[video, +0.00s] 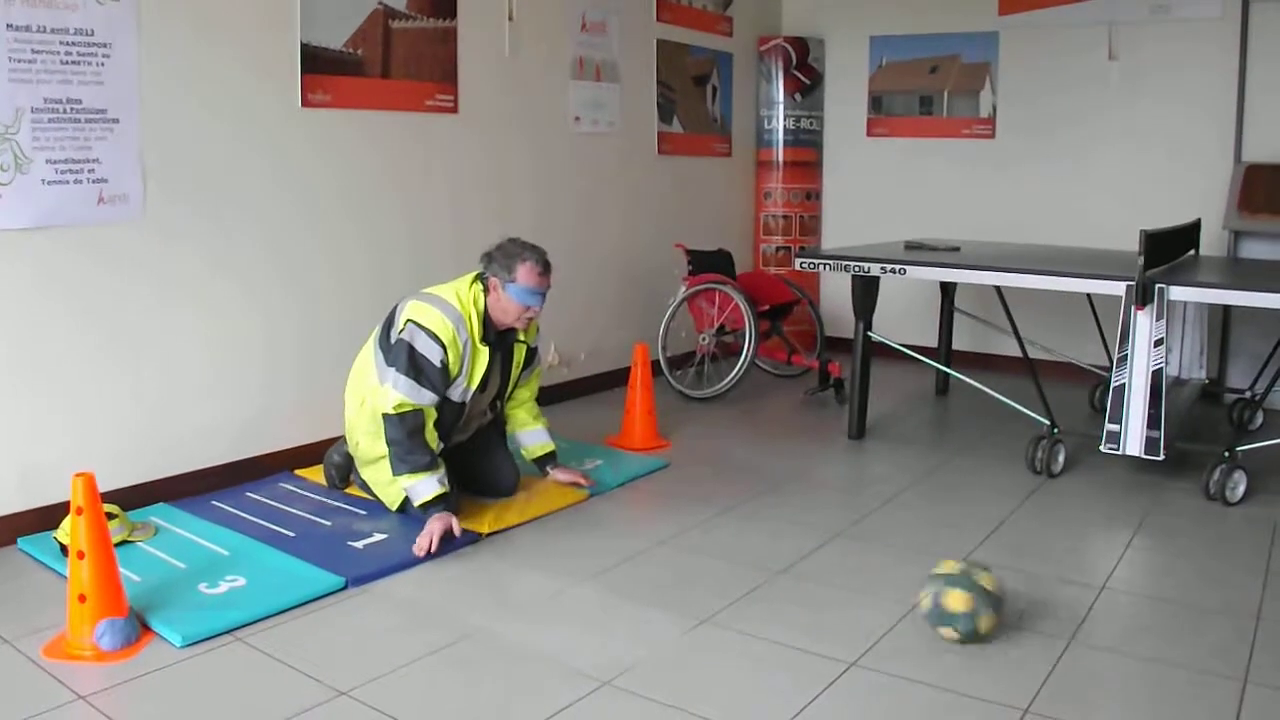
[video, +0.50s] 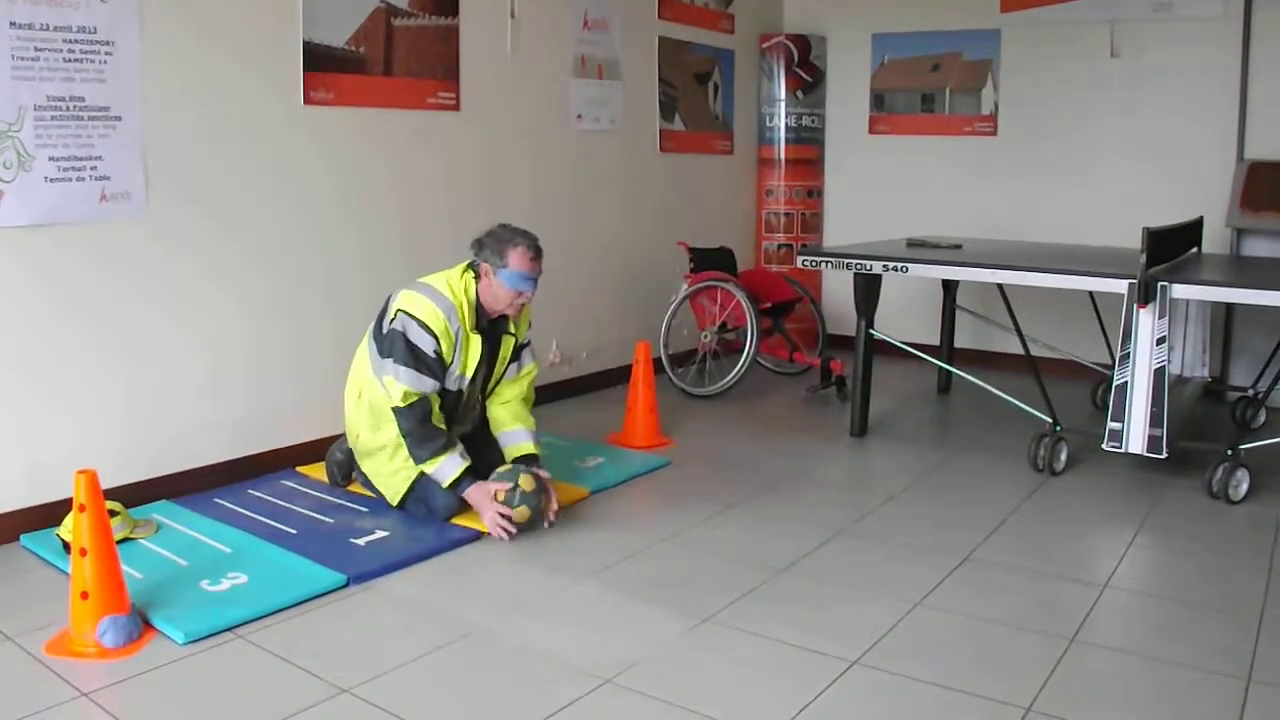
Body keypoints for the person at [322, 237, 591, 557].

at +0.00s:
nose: (535, 310)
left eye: (541, 299)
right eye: (527, 297)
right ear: (494, 288)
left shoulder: (522, 326)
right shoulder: (433, 324)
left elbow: (519, 399)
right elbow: (402, 418)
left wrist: (549, 464)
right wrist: (436, 508)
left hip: (463, 415)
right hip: (386, 421)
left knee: (501, 483)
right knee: (425, 509)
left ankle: (424, 459)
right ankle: (358, 455)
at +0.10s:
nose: (535, 309)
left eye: (541, 298)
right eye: (527, 297)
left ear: (546, 290)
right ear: (494, 286)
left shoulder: (522, 322)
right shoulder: (433, 322)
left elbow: (522, 399)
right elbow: (405, 417)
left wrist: (554, 463)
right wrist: (444, 504)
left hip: (463, 413)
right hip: (386, 421)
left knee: (502, 482)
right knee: (428, 511)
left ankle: (427, 459)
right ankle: (360, 455)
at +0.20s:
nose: (536, 308)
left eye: (542, 297)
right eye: (529, 297)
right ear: (495, 285)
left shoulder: (523, 322)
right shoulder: (435, 321)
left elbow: (523, 398)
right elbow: (408, 418)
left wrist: (558, 462)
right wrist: (455, 501)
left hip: (465, 412)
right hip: (388, 422)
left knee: (501, 483)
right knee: (435, 510)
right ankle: (359, 454)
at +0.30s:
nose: (535, 306)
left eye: (541, 295)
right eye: (528, 295)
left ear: (546, 287)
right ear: (494, 282)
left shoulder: (521, 322)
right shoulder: (434, 319)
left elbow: (521, 397)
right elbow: (415, 418)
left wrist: (558, 459)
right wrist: (469, 493)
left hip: (463, 410)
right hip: (388, 418)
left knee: (503, 482)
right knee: (439, 506)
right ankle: (359, 455)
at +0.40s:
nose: (530, 300)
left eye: (535, 290)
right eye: (522, 288)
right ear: (489, 276)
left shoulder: (518, 314)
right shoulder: (428, 316)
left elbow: (516, 395)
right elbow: (422, 421)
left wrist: (546, 464)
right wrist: (472, 497)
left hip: (462, 414)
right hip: (390, 427)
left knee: (513, 487)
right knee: (443, 506)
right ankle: (361, 458)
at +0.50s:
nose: (527, 297)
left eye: (532, 287)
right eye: (519, 286)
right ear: (486, 274)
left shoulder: (514, 314)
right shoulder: (423, 313)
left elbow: (510, 395)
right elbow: (414, 416)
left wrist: (529, 467)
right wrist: (469, 487)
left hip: (454, 415)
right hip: (386, 427)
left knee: (505, 481)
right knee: (444, 505)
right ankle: (360, 458)